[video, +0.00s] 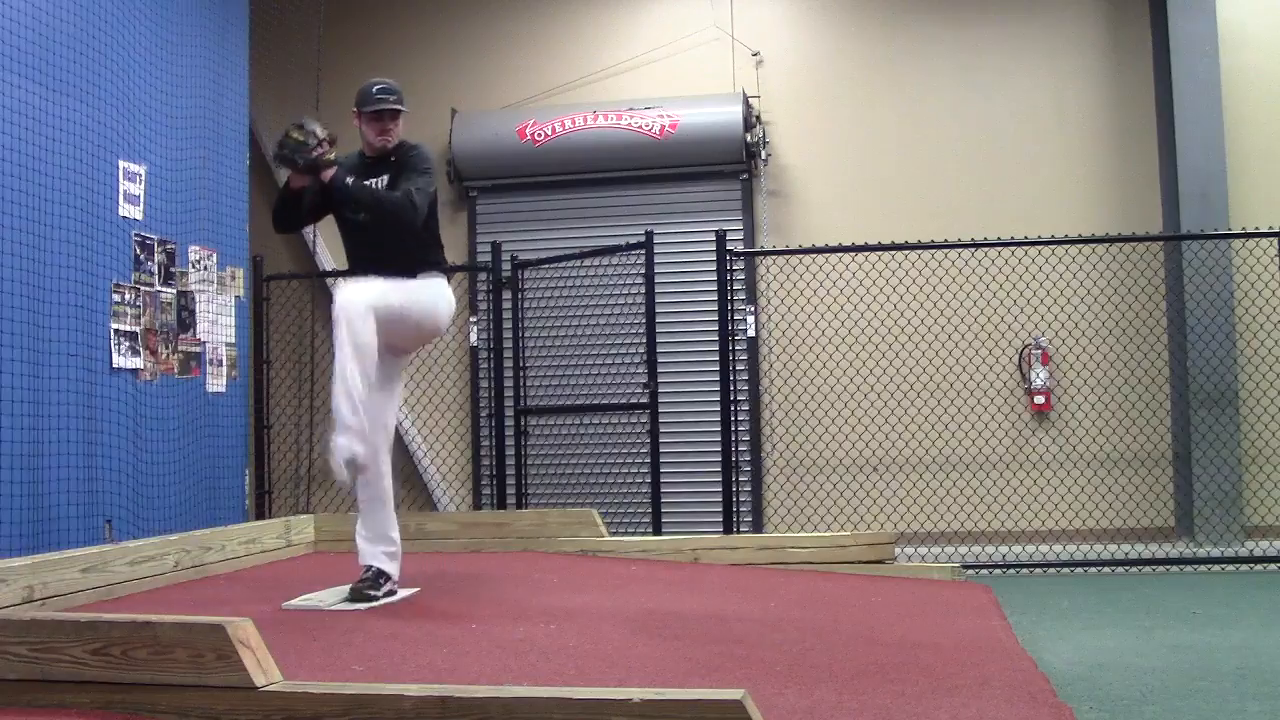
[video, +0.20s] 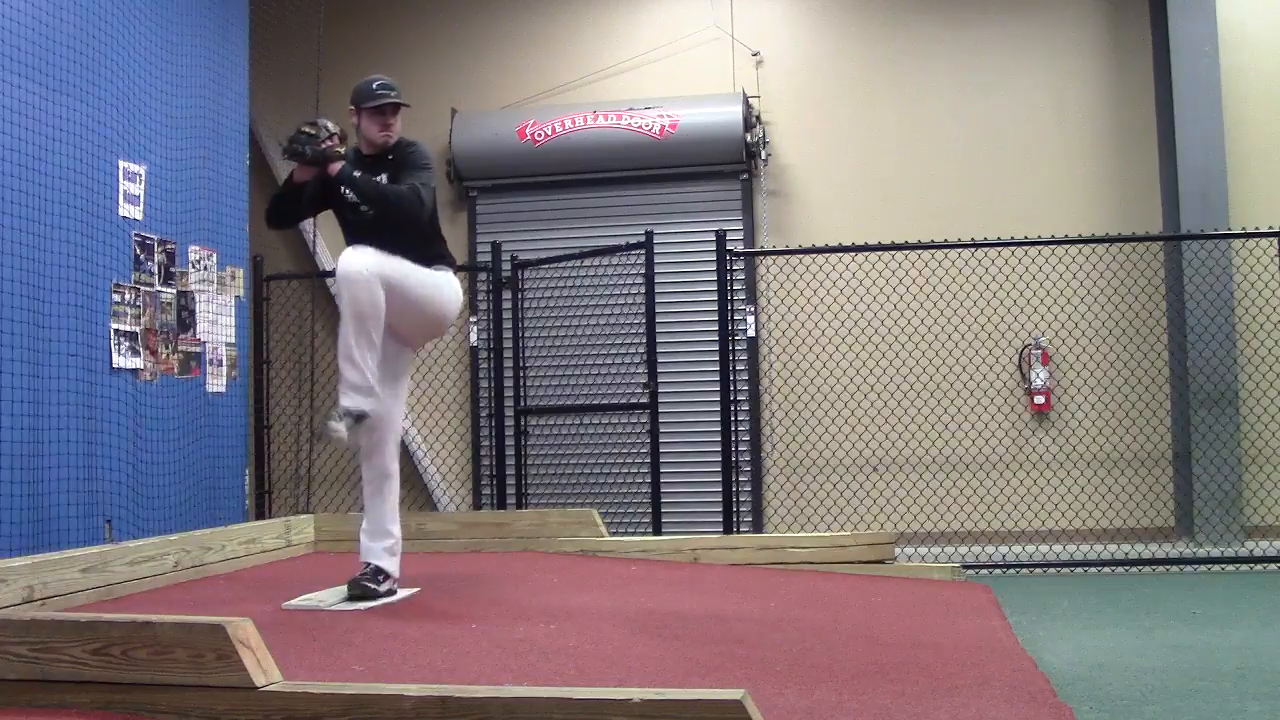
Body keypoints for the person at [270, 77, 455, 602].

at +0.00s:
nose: (385, 126)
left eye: (392, 117)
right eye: (375, 118)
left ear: (403, 120)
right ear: (357, 121)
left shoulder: (415, 159)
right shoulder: (341, 171)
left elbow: (408, 213)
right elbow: (287, 222)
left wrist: (335, 181)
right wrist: (298, 180)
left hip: (427, 294)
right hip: (369, 305)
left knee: (351, 297)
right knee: (369, 440)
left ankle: (351, 442)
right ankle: (380, 566)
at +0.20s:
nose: (388, 122)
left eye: (394, 113)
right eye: (378, 113)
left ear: (402, 117)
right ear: (355, 118)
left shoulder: (411, 155)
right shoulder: (335, 170)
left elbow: (415, 210)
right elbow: (277, 218)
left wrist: (340, 171)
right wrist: (301, 175)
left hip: (435, 294)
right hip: (380, 304)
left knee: (356, 263)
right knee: (377, 430)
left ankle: (358, 406)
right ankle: (380, 566)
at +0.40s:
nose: (395, 134)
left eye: (399, 125)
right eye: (384, 126)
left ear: (405, 128)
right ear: (357, 131)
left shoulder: (413, 168)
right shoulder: (338, 183)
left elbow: (427, 222)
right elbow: (281, 241)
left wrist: (352, 197)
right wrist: (309, 203)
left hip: (444, 305)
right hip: (387, 319)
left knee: (382, 364)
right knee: (364, 439)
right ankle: (375, 567)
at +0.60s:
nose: (396, 181)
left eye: (400, 173)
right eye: (385, 174)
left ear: (406, 177)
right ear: (359, 180)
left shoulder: (415, 216)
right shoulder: (341, 241)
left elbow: (458, 257)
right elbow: (322, 315)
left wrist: (404, 279)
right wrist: (352, 289)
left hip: (467, 350)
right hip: (406, 364)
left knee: (434, 424)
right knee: (378, 455)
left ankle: (454, 571)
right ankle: (382, 573)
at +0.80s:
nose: (435, 192)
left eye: (439, 183)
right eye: (423, 185)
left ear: (447, 187)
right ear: (398, 194)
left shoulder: (465, 227)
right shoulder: (383, 261)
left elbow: (528, 227)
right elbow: (358, 336)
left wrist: (588, 227)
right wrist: (338, 410)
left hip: (512, 367)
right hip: (449, 383)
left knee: (552, 448)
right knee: (407, 478)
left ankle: (628, 578)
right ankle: (383, 574)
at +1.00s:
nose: (555, 171)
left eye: (557, 162)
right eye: (543, 163)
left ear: (565, 167)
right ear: (518, 171)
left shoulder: (588, 206)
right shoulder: (494, 229)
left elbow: (665, 209)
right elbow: (426, 253)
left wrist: (739, 202)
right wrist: (357, 261)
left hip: (607, 374)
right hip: (536, 385)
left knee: (690, 461)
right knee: (483, 502)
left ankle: (742, 603)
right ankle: (389, 569)